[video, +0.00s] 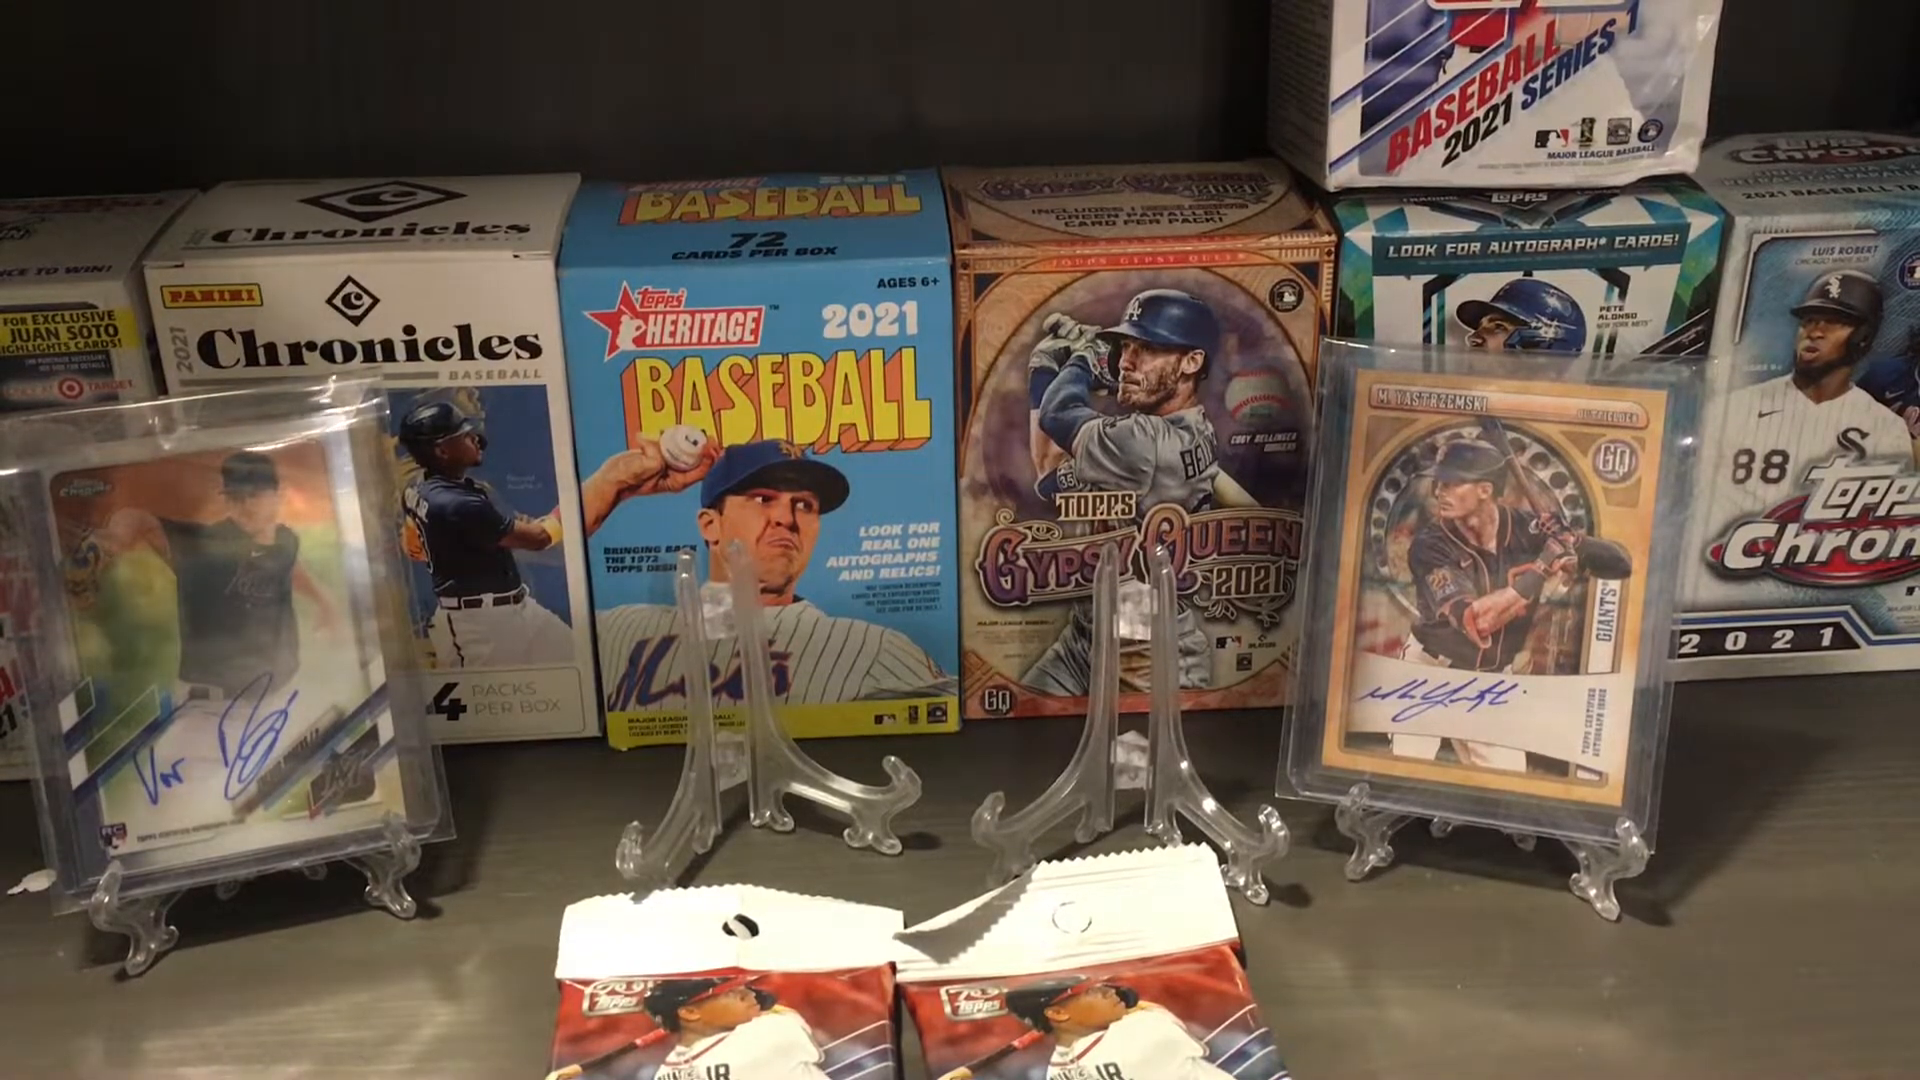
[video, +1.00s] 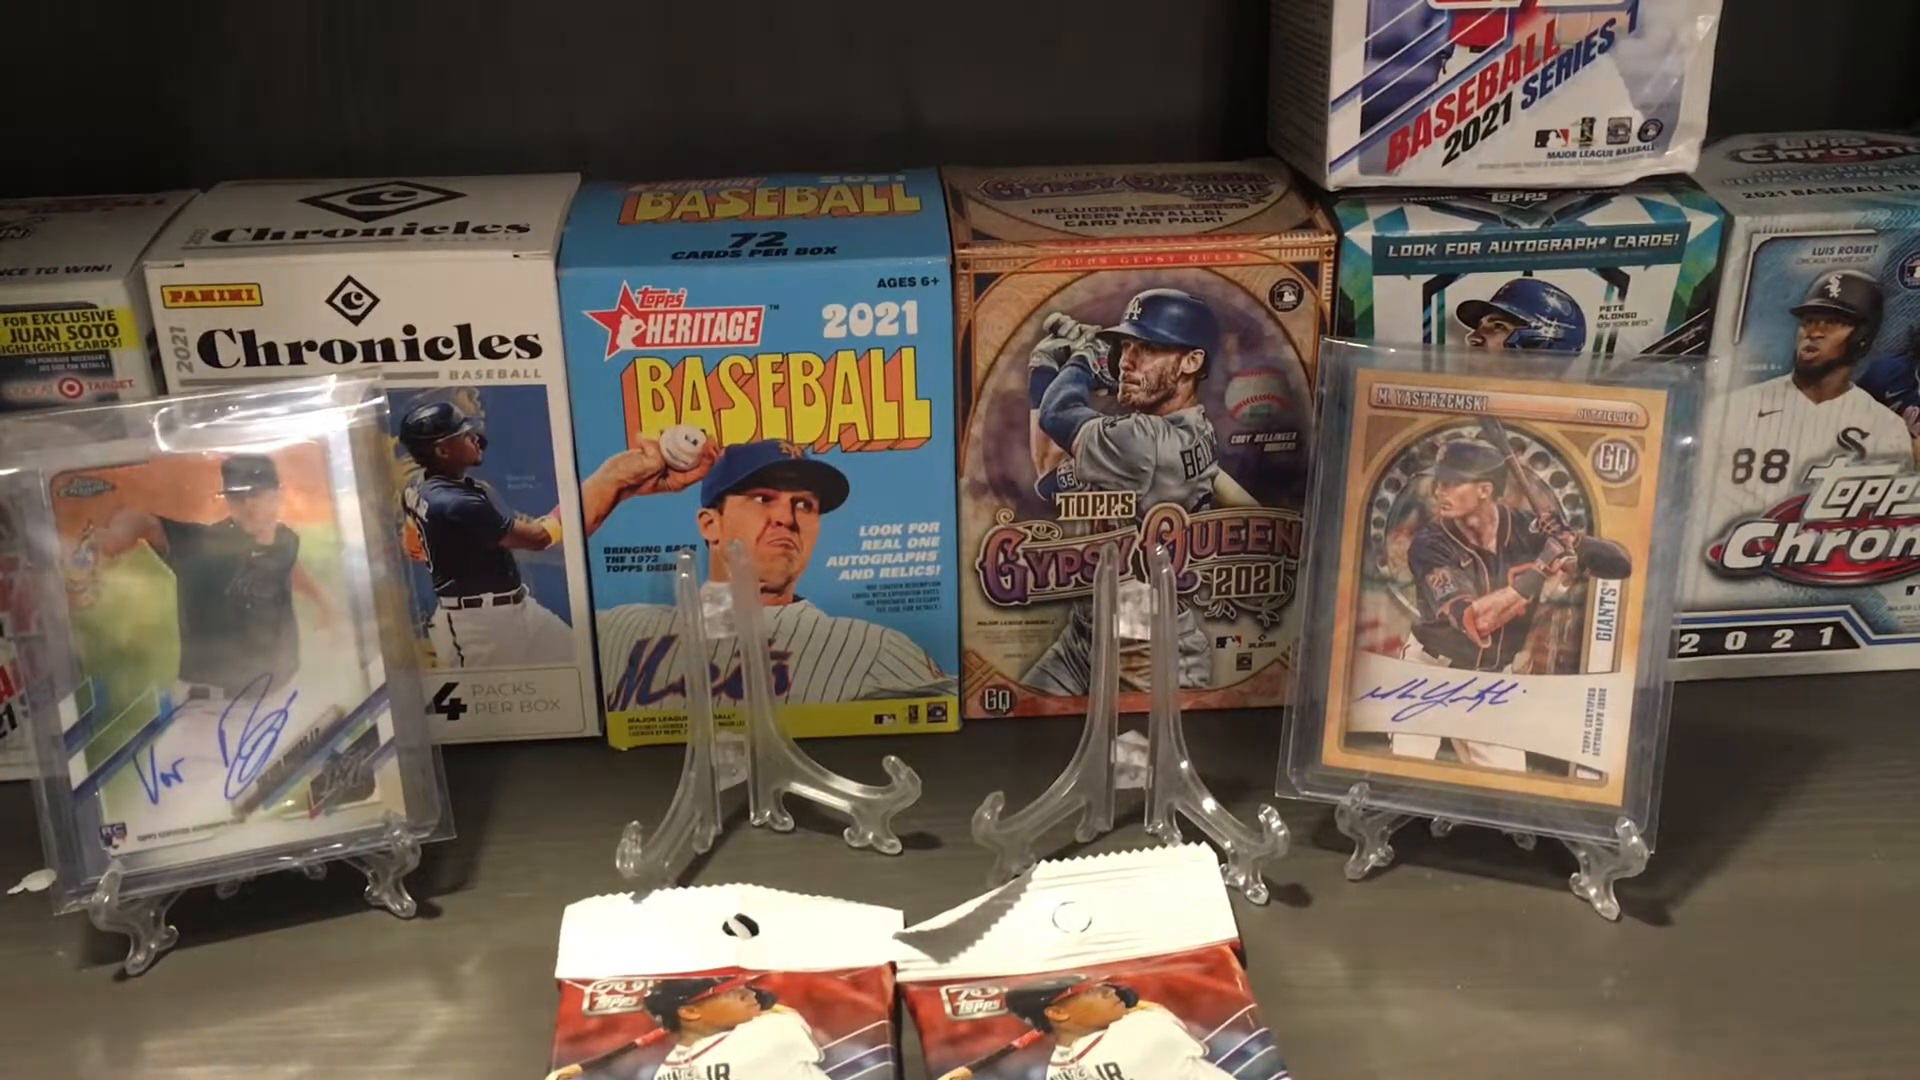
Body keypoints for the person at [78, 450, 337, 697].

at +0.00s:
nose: (246, 506)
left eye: (255, 495)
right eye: (236, 498)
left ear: (276, 496)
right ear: (227, 501)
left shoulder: (286, 542)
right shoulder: (203, 543)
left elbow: (292, 570)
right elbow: (136, 519)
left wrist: (323, 602)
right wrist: (118, 539)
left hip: (276, 688)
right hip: (214, 694)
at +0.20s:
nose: (245, 506)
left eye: (254, 495)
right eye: (235, 498)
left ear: (276, 497)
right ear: (227, 501)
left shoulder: (286, 542)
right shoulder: (203, 544)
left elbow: (291, 570)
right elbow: (137, 520)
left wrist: (323, 602)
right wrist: (115, 542)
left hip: (276, 689)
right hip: (214, 697)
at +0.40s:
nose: (252, 506)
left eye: (260, 495)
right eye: (242, 497)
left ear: (277, 497)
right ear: (231, 502)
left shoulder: (287, 543)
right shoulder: (199, 544)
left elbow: (291, 571)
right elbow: (138, 519)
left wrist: (324, 603)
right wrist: (113, 541)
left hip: (278, 697)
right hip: (216, 702)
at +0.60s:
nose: (251, 506)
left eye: (258, 495)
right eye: (240, 498)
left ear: (277, 496)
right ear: (230, 502)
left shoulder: (286, 542)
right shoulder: (198, 543)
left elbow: (289, 571)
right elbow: (136, 519)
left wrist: (323, 602)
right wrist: (113, 540)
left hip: (277, 696)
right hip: (215, 701)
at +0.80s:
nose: (249, 506)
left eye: (257, 494)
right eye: (239, 497)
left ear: (277, 496)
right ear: (229, 501)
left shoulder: (286, 542)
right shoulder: (199, 543)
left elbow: (289, 571)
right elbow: (136, 519)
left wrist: (323, 602)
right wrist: (113, 540)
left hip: (277, 696)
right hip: (215, 701)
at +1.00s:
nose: (252, 506)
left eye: (260, 495)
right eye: (241, 497)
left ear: (277, 497)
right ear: (230, 502)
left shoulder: (286, 542)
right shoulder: (198, 543)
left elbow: (291, 571)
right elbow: (136, 519)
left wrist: (323, 602)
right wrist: (114, 540)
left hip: (278, 695)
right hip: (215, 701)